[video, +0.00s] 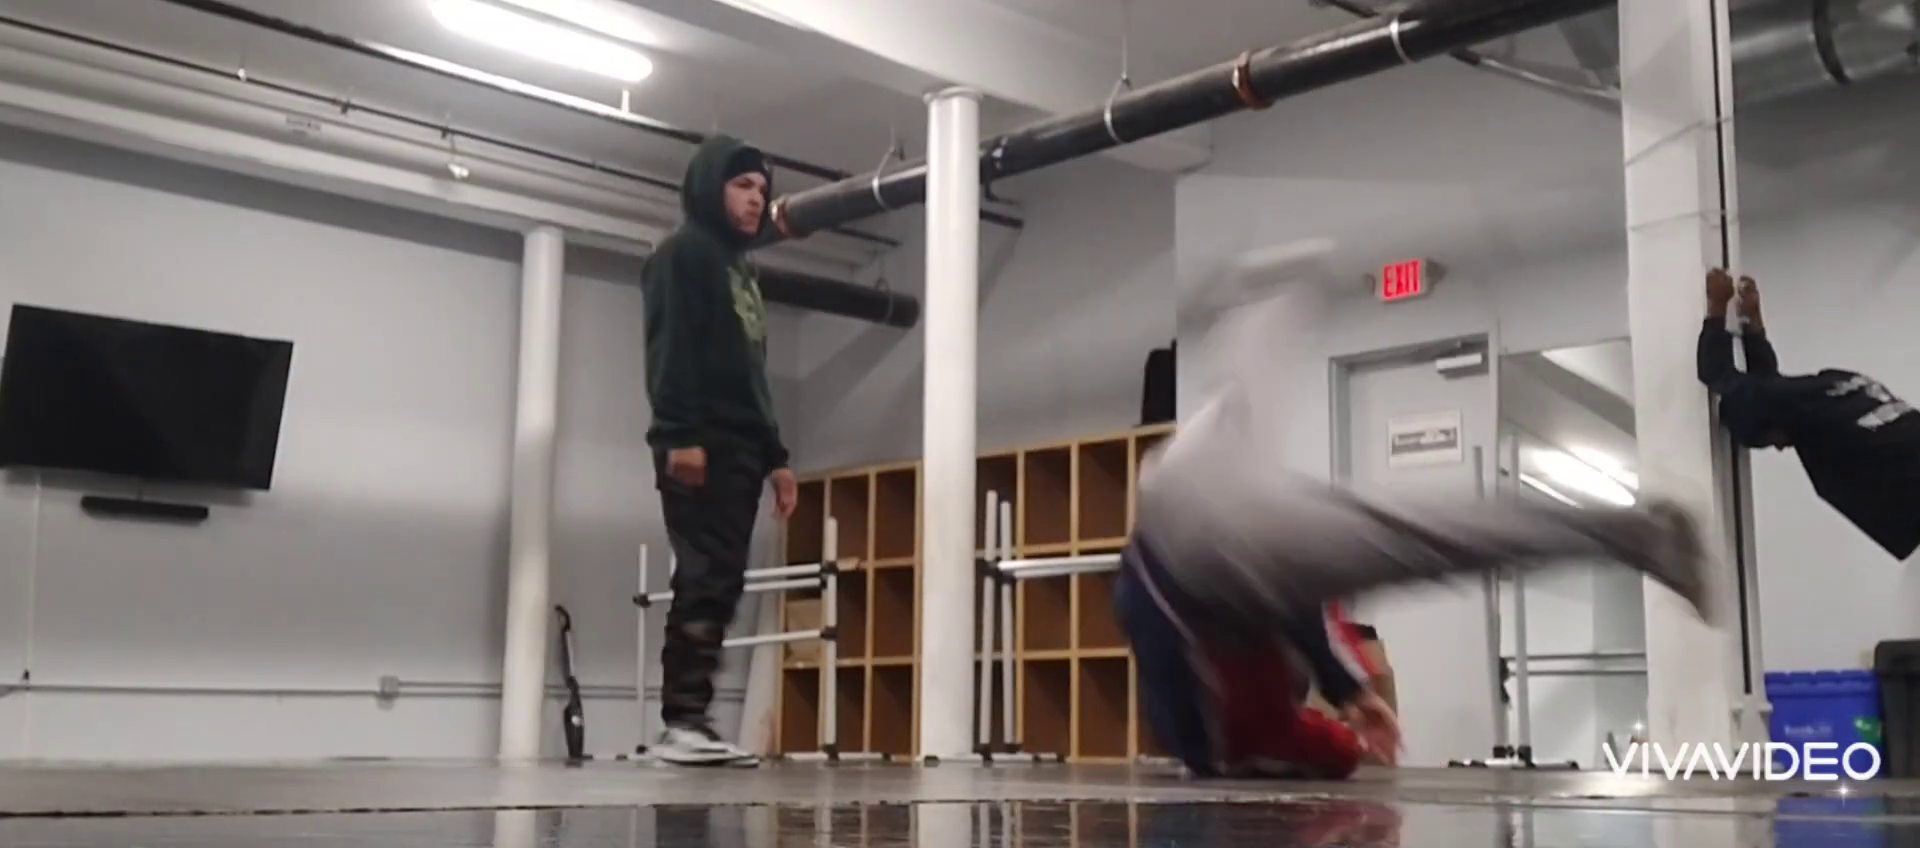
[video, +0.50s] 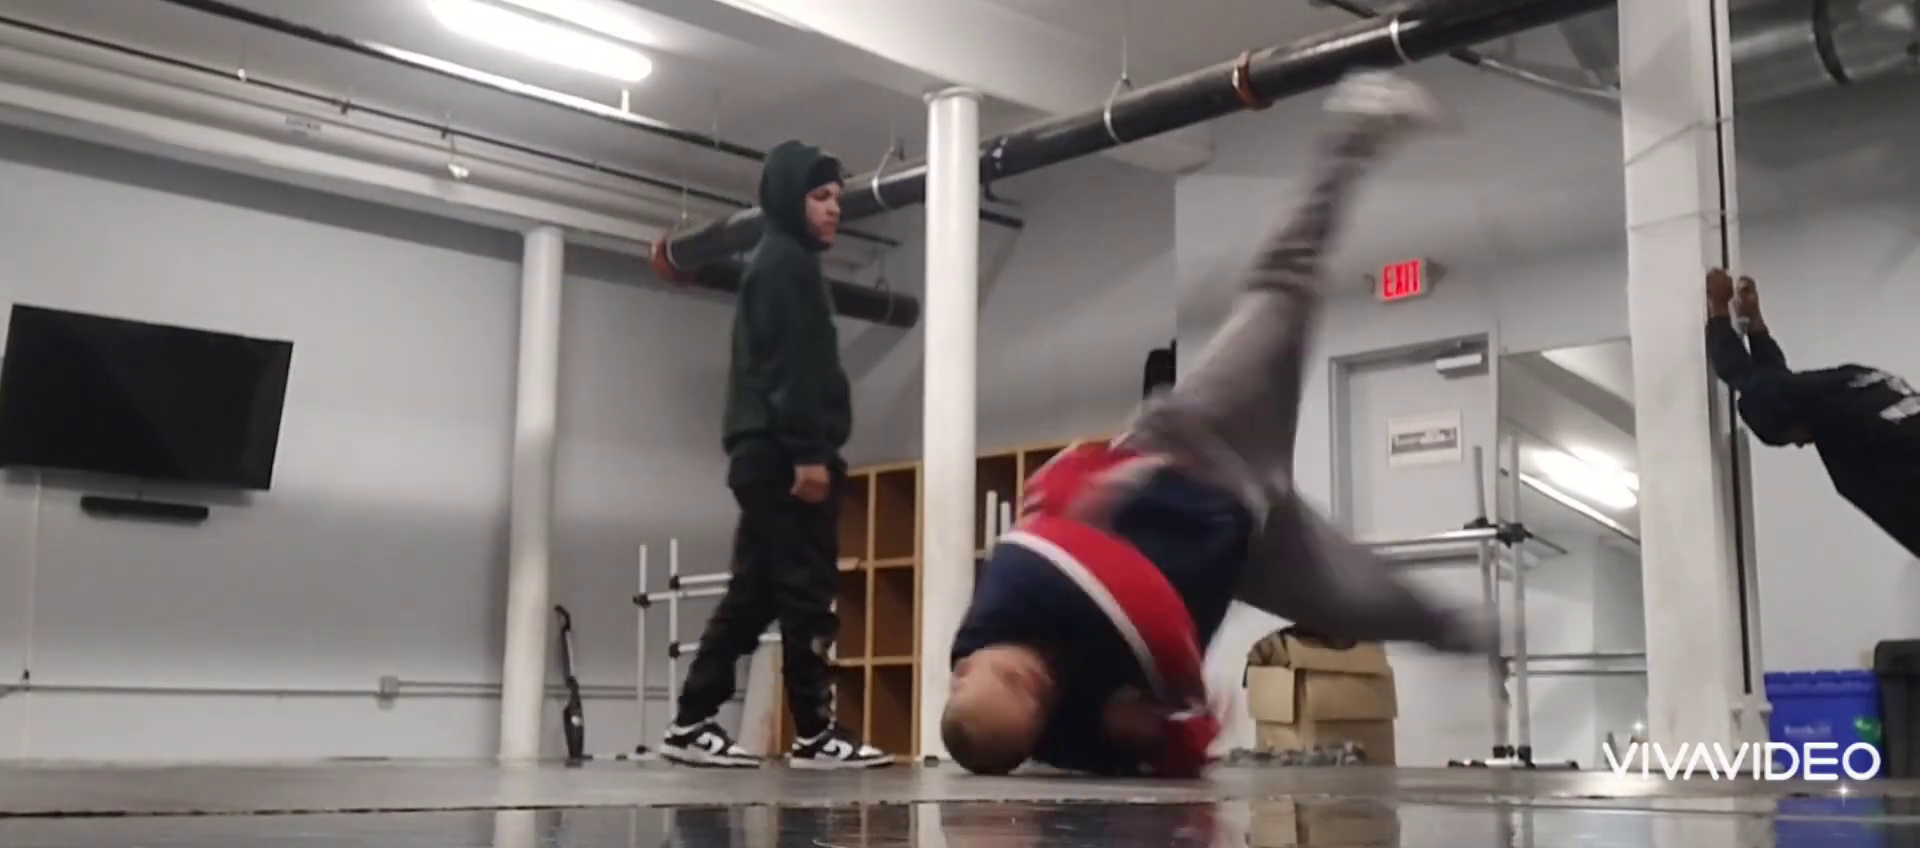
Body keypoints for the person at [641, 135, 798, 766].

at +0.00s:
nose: (756, 200)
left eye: (761, 190)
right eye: (744, 186)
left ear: (762, 199)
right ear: (709, 188)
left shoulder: (741, 271)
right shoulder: (681, 255)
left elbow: (751, 373)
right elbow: (670, 349)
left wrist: (777, 459)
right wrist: (679, 435)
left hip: (739, 447)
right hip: (700, 444)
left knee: (718, 581)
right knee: (704, 578)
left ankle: (692, 722)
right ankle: (681, 723)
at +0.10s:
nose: (772, 202)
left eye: (778, 192)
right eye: (760, 189)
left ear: (777, 201)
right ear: (725, 192)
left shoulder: (740, 264)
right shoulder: (702, 253)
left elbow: (753, 370)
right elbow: (693, 350)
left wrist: (770, 459)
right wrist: (708, 434)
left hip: (740, 448)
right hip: (711, 446)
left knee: (704, 586)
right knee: (739, 580)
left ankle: (683, 727)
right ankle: (750, 727)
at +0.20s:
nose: (788, 205)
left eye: (793, 196)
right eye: (776, 192)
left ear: (789, 203)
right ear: (743, 194)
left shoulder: (747, 260)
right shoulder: (725, 254)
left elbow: (745, 353)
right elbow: (719, 349)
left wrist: (764, 441)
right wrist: (738, 434)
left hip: (733, 450)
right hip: (728, 449)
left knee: (708, 592)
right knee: (761, 583)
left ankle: (684, 728)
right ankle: (802, 723)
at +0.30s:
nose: (802, 209)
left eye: (807, 200)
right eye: (791, 196)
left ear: (803, 207)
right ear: (757, 197)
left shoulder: (757, 260)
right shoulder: (743, 259)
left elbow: (762, 358)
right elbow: (748, 356)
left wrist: (778, 436)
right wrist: (765, 439)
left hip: (741, 449)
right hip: (741, 448)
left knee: (719, 593)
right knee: (777, 587)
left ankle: (684, 728)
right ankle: (809, 729)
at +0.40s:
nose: (817, 210)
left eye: (821, 199)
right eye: (805, 198)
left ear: (819, 204)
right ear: (770, 201)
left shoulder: (771, 262)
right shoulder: (761, 261)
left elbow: (769, 362)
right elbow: (760, 363)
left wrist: (794, 444)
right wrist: (785, 448)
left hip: (757, 452)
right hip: (761, 452)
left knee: (732, 594)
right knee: (792, 593)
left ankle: (686, 726)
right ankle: (814, 731)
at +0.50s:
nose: (835, 209)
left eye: (837, 197)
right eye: (823, 197)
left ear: (824, 202)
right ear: (789, 200)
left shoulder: (781, 261)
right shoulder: (786, 262)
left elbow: (791, 363)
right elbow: (793, 363)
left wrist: (809, 447)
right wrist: (807, 451)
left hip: (768, 451)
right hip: (785, 452)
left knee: (754, 592)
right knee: (809, 593)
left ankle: (692, 722)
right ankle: (816, 734)